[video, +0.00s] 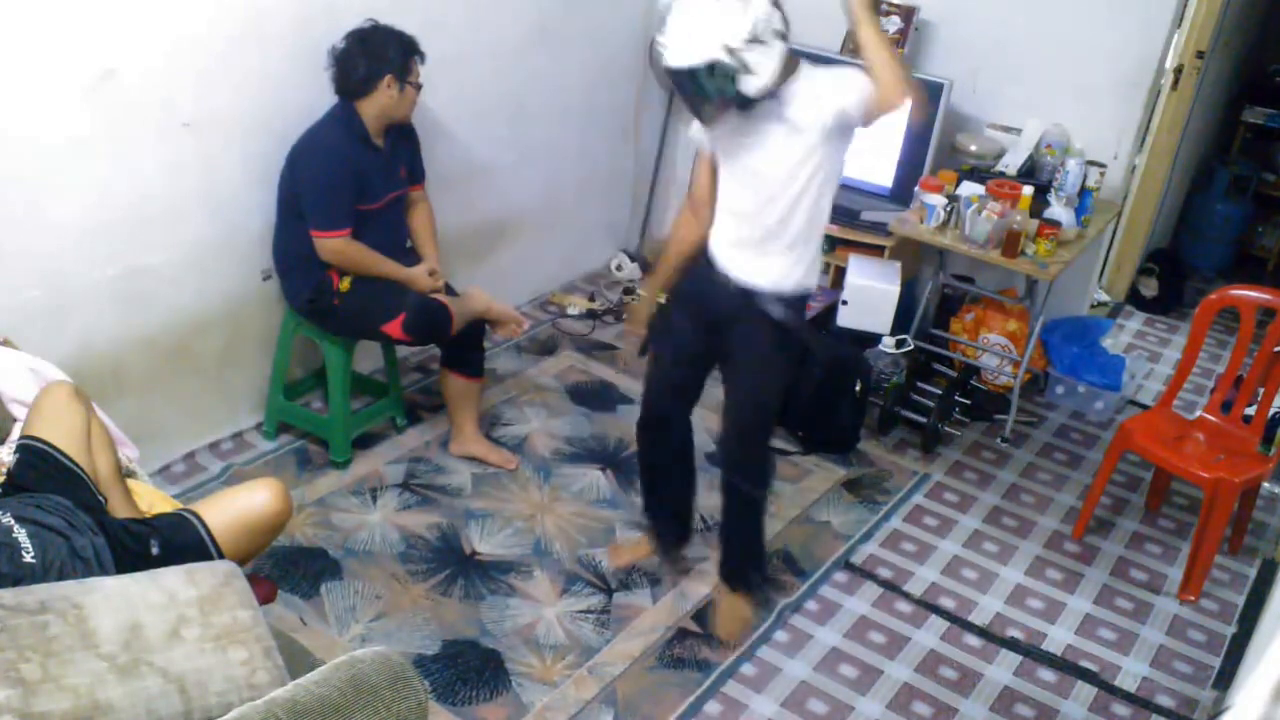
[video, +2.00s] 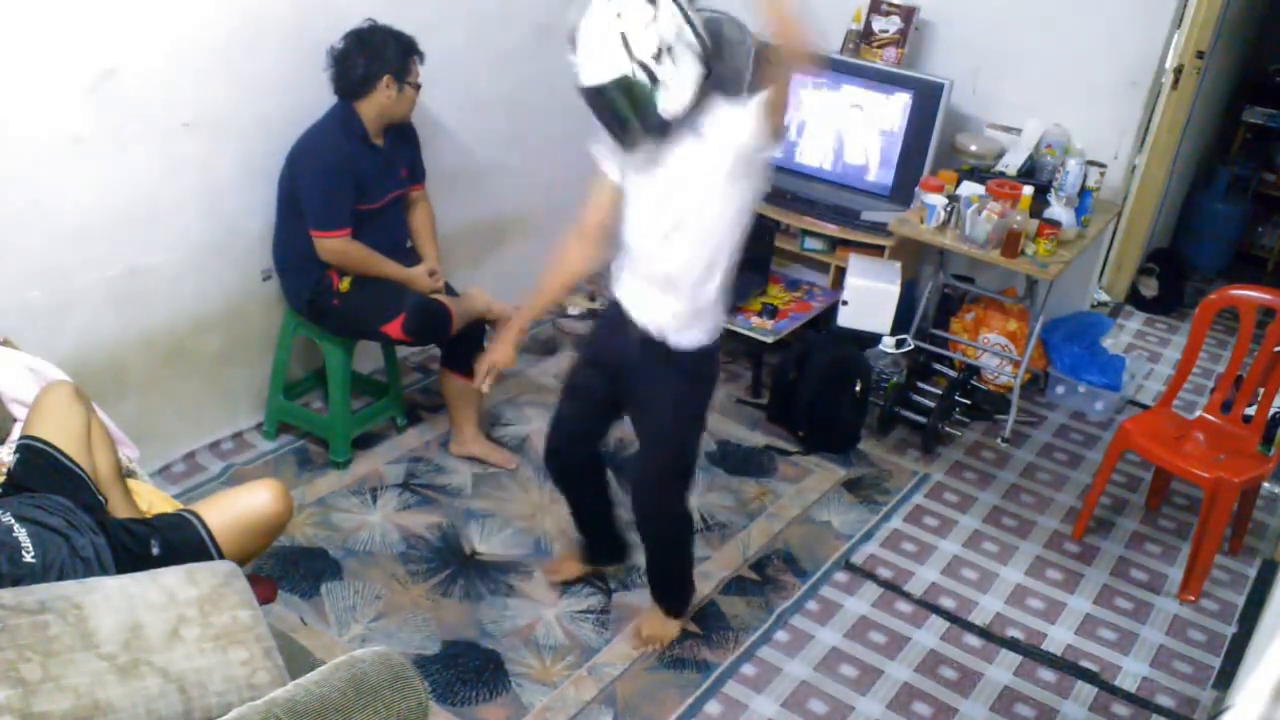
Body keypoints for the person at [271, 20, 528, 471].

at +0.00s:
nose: (419, 95)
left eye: (419, 86)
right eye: (416, 86)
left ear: (387, 86)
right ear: (388, 86)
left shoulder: (399, 132)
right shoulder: (326, 151)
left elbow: (417, 203)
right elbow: (332, 249)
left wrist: (429, 260)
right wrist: (407, 276)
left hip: (387, 266)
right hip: (326, 283)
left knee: (466, 322)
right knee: (425, 323)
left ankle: (465, 435)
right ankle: (477, 304)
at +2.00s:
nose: (419, 96)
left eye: (419, 87)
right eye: (415, 86)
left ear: (386, 86)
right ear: (387, 86)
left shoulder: (398, 131)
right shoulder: (324, 152)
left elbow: (417, 201)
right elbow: (332, 249)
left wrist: (429, 261)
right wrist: (406, 275)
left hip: (390, 263)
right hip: (327, 283)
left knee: (467, 324)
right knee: (426, 323)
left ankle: (466, 435)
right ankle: (476, 304)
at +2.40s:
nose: (418, 95)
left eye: (419, 86)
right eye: (415, 86)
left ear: (386, 87)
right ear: (387, 87)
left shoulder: (399, 131)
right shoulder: (324, 151)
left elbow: (417, 202)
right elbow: (332, 249)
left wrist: (429, 259)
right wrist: (407, 276)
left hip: (387, 266)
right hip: (325, 283)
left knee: (466, 321)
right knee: (424, 324)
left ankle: (466, 435)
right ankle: (477, 304)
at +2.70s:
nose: (419, 95)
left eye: (419, 86)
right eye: (416, 86)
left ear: (386, 87)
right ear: (387, 87)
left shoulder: (399, 131)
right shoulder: (324, 151)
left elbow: (417, 202)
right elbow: (332, 249)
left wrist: (429, 261)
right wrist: (406, 276)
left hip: (387, 266)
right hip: (326, 283)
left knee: (466, 321)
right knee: (424, 323)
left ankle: (466, 435)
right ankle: (478, 305)